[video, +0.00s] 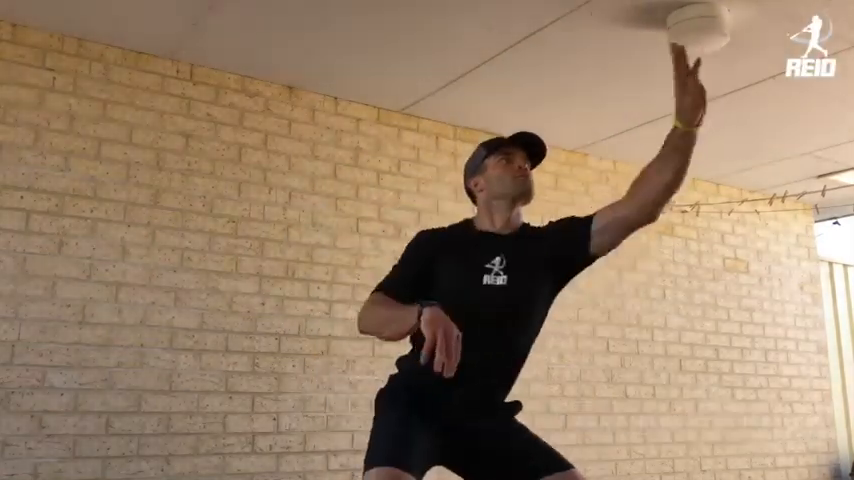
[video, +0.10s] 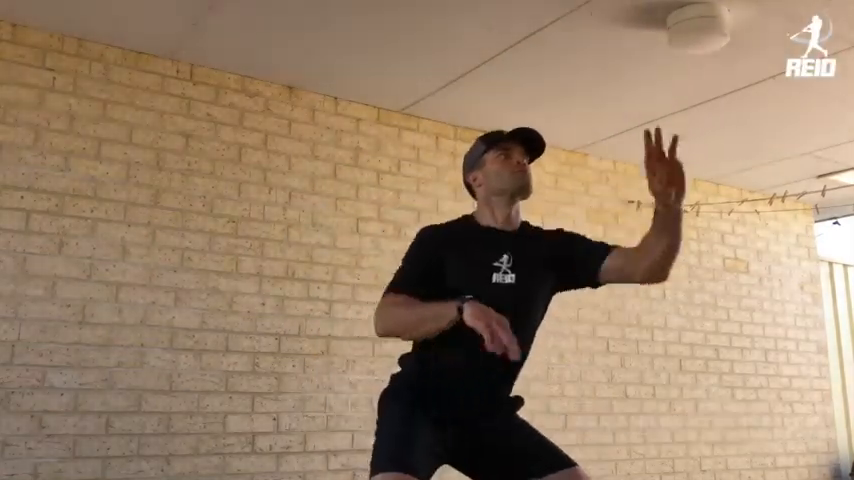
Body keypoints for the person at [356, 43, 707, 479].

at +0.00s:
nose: (523, 167)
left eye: (527, 163)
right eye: (506, 159)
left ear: (532, 182)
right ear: (476, 183)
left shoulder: (551, 248)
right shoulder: (433, 246)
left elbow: (637, 208)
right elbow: (371, 316)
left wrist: (687, 124)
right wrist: (422, 314)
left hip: (484, 418)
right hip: (415, 403)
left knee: (568, 476)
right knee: (387, 474)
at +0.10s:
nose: (520, 160)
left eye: (524, 157)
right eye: (504, 154)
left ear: (531, 179)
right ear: (475, 179)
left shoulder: (550, 249)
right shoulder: (437, 241)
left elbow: (648, 267)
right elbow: (386, 319)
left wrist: (668, 206)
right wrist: (460, 309)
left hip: (489, 415)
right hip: (419, 403)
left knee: (570, 475)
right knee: (394, 475)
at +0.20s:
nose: (528, 161)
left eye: (530, 156)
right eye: (510, 155)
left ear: (537, 176)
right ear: (481, 180)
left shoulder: (545, 259)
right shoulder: (450, 231)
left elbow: (621, 325)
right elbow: (414, 286)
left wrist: (656, 301)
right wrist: (514, 274)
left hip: (488, 413)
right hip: (420, 401)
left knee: (571, 475)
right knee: (401, 474)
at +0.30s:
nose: (537, 172)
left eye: (540, 166)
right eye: (519, 164)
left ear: (546, 183)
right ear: (489, 186)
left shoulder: (546, 277)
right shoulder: (464, 226)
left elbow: (575, 350)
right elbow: (463, 233)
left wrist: (629, 352)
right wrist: (562, 220)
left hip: (486, 419)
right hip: (419, 407)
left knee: (570, 475)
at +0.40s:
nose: (538, 187)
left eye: (547, 178)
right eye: (524, 174)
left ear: (553, 191)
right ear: (492, 186)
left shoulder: (529, 273)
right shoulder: (477, 235)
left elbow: (538, 353)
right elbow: (525, 191)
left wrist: (599, 366)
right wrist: (626, 147)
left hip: (481, 422)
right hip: (417, 416)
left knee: (569, 475)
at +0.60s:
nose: (516, 163)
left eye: (519, 158)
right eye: (499, 157)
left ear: (526, 174)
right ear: (470, 182)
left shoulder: (519, 271)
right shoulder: (456, 223)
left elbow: (551, 349)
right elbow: (504, 226)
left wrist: (582, 314)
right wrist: (597, 184)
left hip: (476, 416)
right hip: (415, 410)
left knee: (568, 475)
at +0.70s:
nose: (499, 155)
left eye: (502, 150)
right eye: (482, 149)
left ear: (510, 167)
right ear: (455, 174)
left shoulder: (513, 255)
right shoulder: (431, 223)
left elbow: (589, 315)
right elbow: (423, 282)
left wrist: (582, 257)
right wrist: (517, 249)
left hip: (477, 410)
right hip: (411, 405)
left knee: (567, 476)